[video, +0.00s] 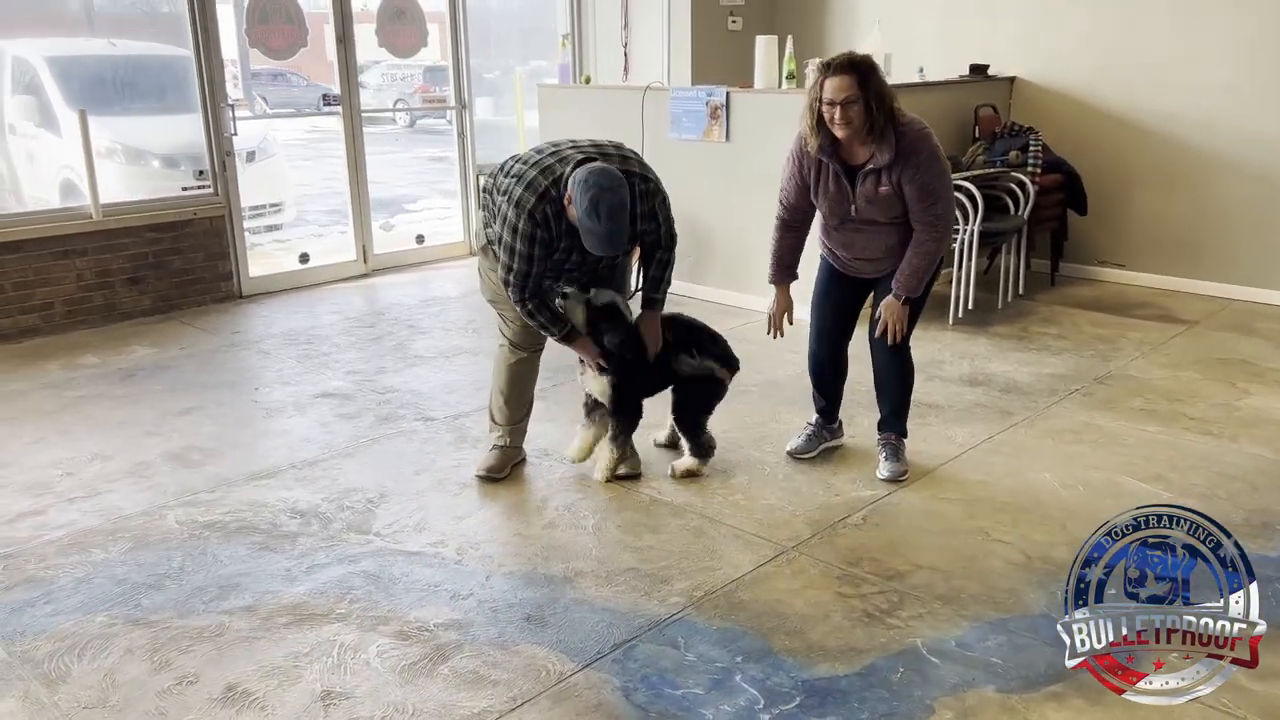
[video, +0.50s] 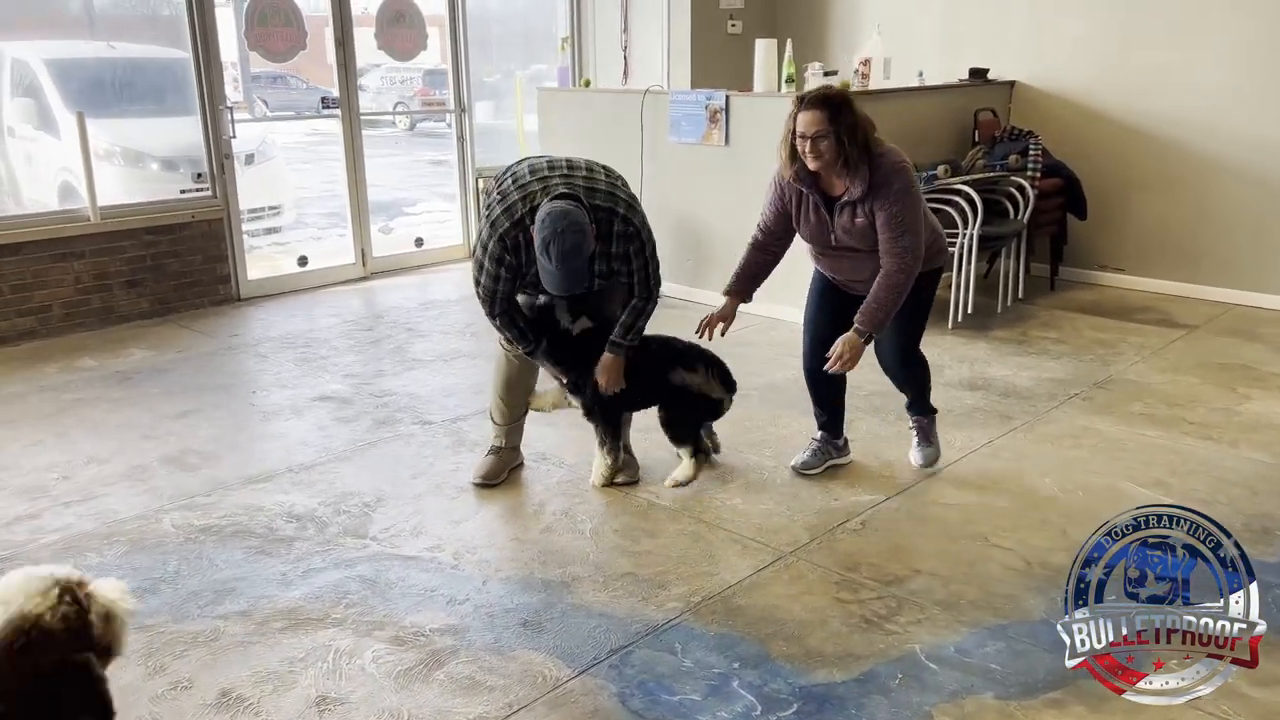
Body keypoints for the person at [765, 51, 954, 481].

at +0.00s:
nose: (838, 114)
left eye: (849, 103)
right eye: (829, 104)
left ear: (871, 101)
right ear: (817, 105)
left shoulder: (913, 143)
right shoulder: (810, 145)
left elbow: (935, 227)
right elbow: (792, 215)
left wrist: (900, 293)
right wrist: (781, 285)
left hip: (903, 259)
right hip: (841, 255)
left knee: (887, 338)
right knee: (823, 345)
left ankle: (892, 439)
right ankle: (826, 423)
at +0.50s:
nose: (809, 147)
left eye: (820, 137)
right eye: (801, 138)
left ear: (844, 136)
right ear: (792, 138)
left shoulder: (889, 173)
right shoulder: (792, 180)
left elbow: (900, 262)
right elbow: (768, 240)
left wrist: (860, 333)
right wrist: (732, 300)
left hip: (907, 267)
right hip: (838, 267)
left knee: (895, 355)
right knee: (818, 355)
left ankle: (922, 417)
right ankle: (831, 440)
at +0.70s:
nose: (793, 175)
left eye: (803, 165)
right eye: (787, 165)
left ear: (831, 165)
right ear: (781, 167)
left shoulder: (876, 207)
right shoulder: (784, 208)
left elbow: (877, 298)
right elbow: (750, 259)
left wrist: (826, 361)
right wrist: (700, 301)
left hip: (901, 298)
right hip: (834, 291)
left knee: (894, 400)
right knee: (797, 350)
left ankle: (951, 405)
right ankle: (825, 440)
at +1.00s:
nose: (796, 218)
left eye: (806, 210)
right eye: (791, 208)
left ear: (834, 210)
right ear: (786, 207)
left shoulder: (872, 259)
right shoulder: (787, 244)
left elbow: (854, 344)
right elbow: (735, 273)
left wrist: (833, 419)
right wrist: (674, 288)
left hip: (888, 353)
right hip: (831, 337)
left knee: (878, 459)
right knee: (772, 357)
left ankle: (938, 411)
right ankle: (813, 442)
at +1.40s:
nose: (805, 207)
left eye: (816, 202)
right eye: (804, 197)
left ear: (846, 204)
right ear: (800, 194)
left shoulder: (886, 259)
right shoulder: (797, 236)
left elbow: (872, 346)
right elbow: (761, 275)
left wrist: (811, 390)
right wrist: (730, 291)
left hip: (875, 363)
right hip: (819, 340)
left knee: (863, 468)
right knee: (753, 351)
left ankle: (923, 410)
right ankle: (799, 438)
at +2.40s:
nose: (804, 190)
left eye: (816, 182)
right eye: (803, 180)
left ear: (847, 186)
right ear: (799, 181)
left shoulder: (886, 247)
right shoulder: (798, 228)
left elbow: (864, 334)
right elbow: (775, 286)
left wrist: (788, 337)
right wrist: (758, 314)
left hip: (866, 364)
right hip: (814, 348)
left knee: (847, 470)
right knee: (734, 346)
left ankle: (908, 407)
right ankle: (780, 435)